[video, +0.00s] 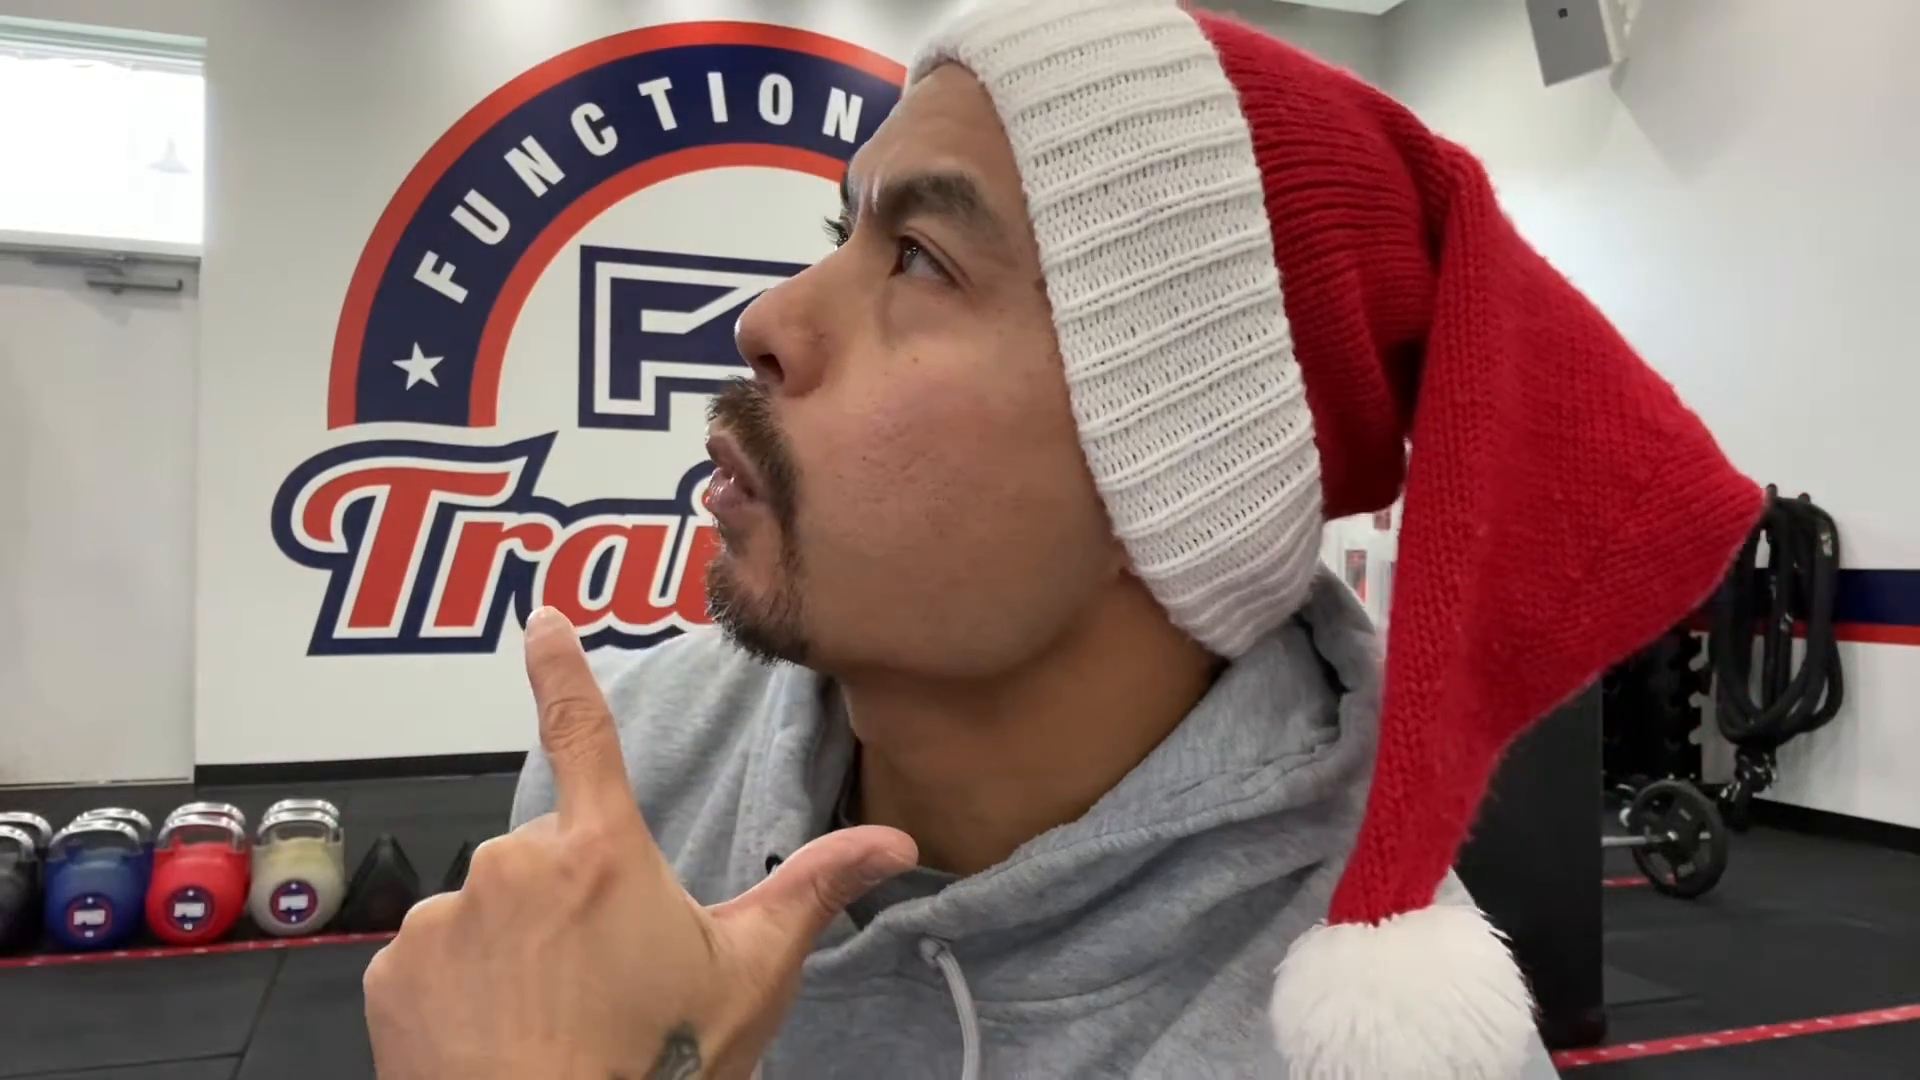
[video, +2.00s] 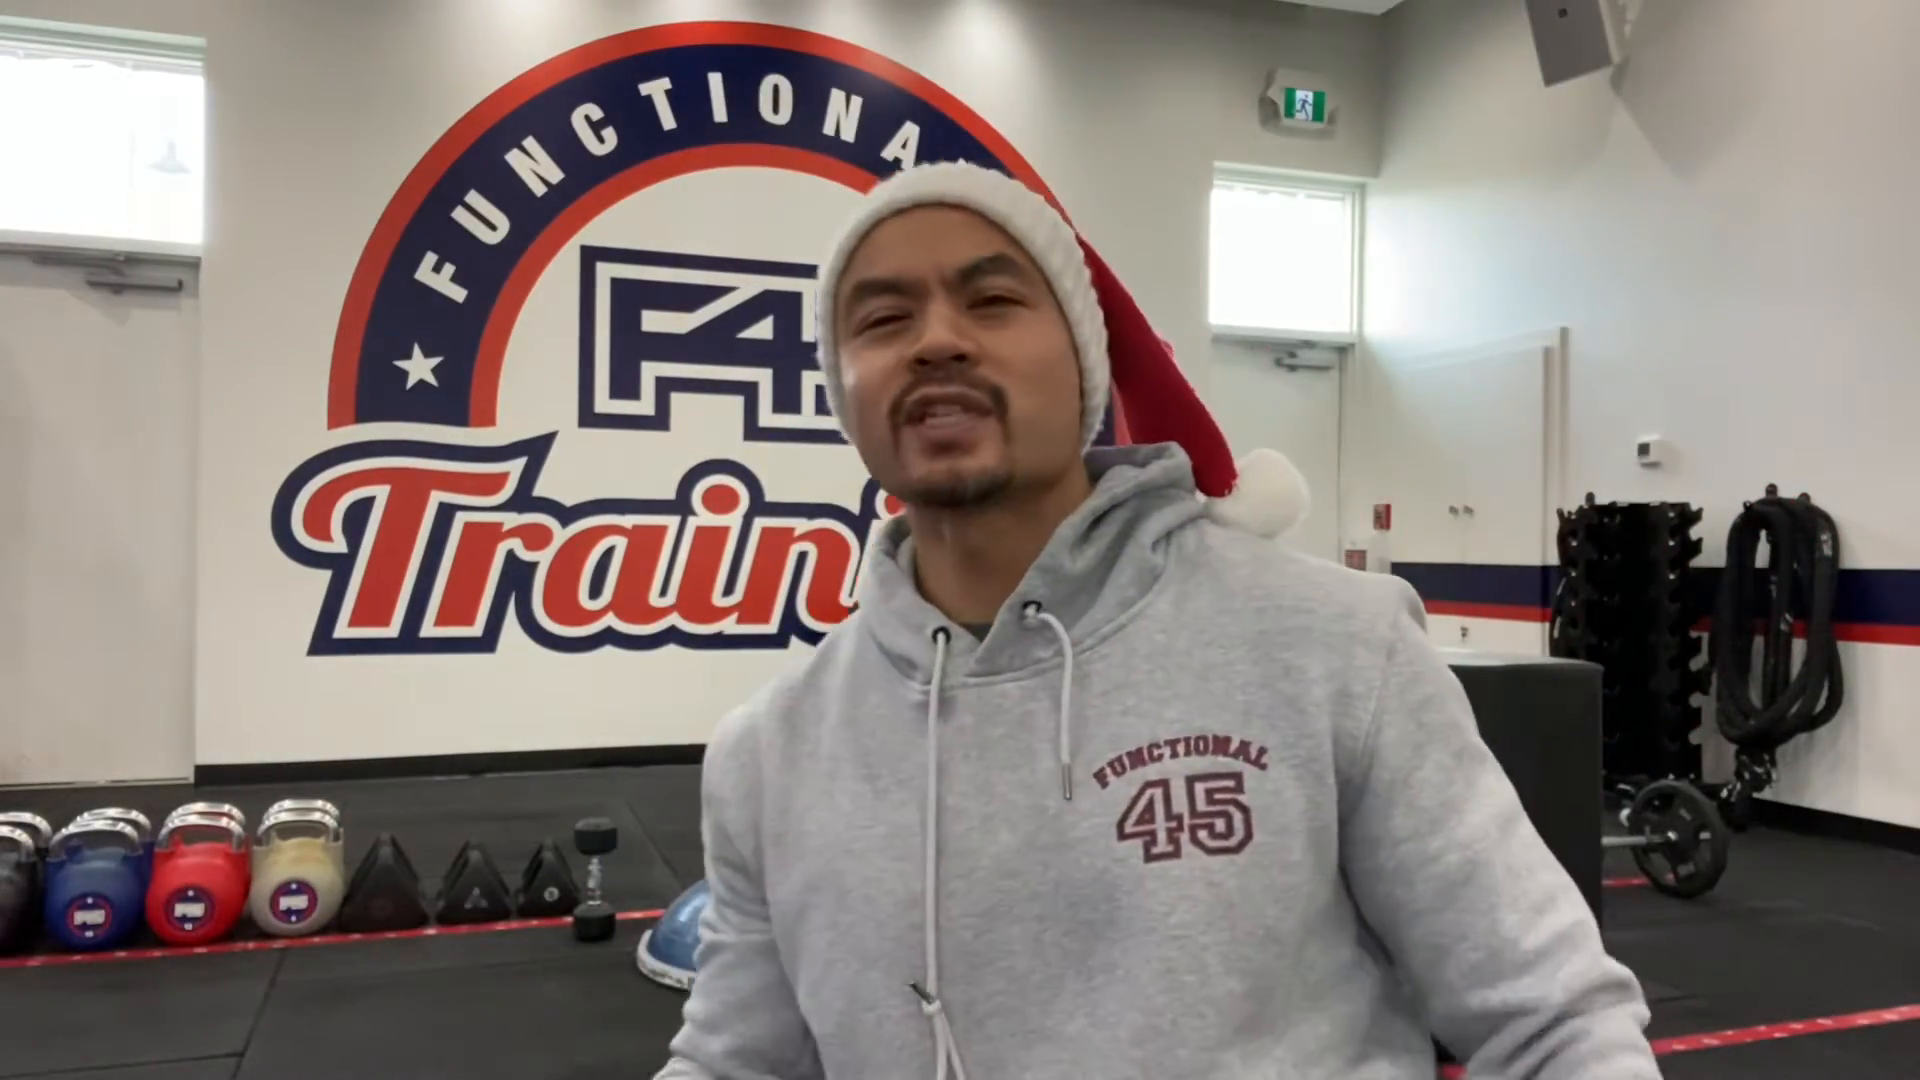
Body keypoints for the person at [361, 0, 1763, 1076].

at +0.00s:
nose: (766, 327)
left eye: (927, 262)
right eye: (848, 241)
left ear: (1200, 459)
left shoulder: (1373, 1019)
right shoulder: (630, 754)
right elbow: (488, 1003)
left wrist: (547, 1071)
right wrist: (554, 1044)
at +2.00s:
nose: (938, 342)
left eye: (995, 300)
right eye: (885, 318)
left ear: (1088, 361)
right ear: (844, 399)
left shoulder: (1334, 646)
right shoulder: (765, 762)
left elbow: (1556, 1025)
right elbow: (723, 1064)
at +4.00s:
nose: (703, 453)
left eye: (740, 401)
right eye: (673, 435)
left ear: (846, 408)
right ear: (666, 482)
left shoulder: (1062, 628)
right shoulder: (667, 740)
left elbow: (1270, 857)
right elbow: (646, 976)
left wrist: (1221, 908)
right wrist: (416, 1000)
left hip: (1060, 1068)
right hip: (805, 1073)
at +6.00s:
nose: (916, 550)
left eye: (949, 527)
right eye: (885, 534)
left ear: (1004, 565)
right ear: (855, 581)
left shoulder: (1095, 721)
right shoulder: (779, 747)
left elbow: (1228, 973)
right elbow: (651, 1001)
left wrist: (1135, 781)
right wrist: (674, 876)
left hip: (1051, 1067)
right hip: (839, 1067)